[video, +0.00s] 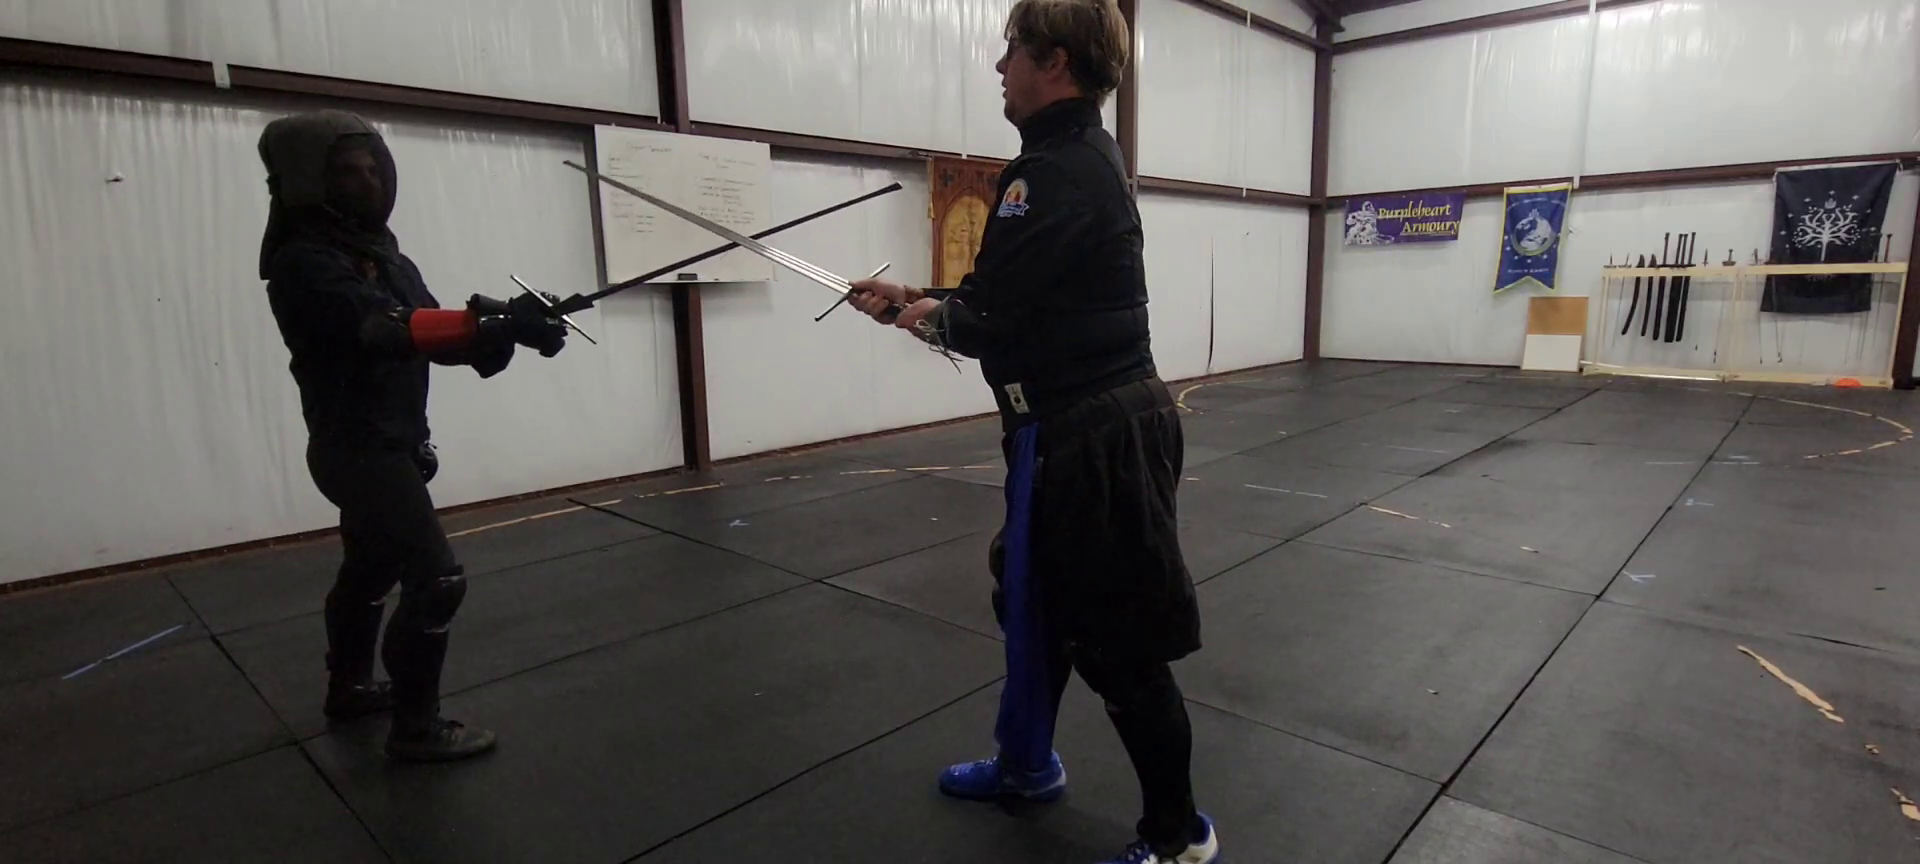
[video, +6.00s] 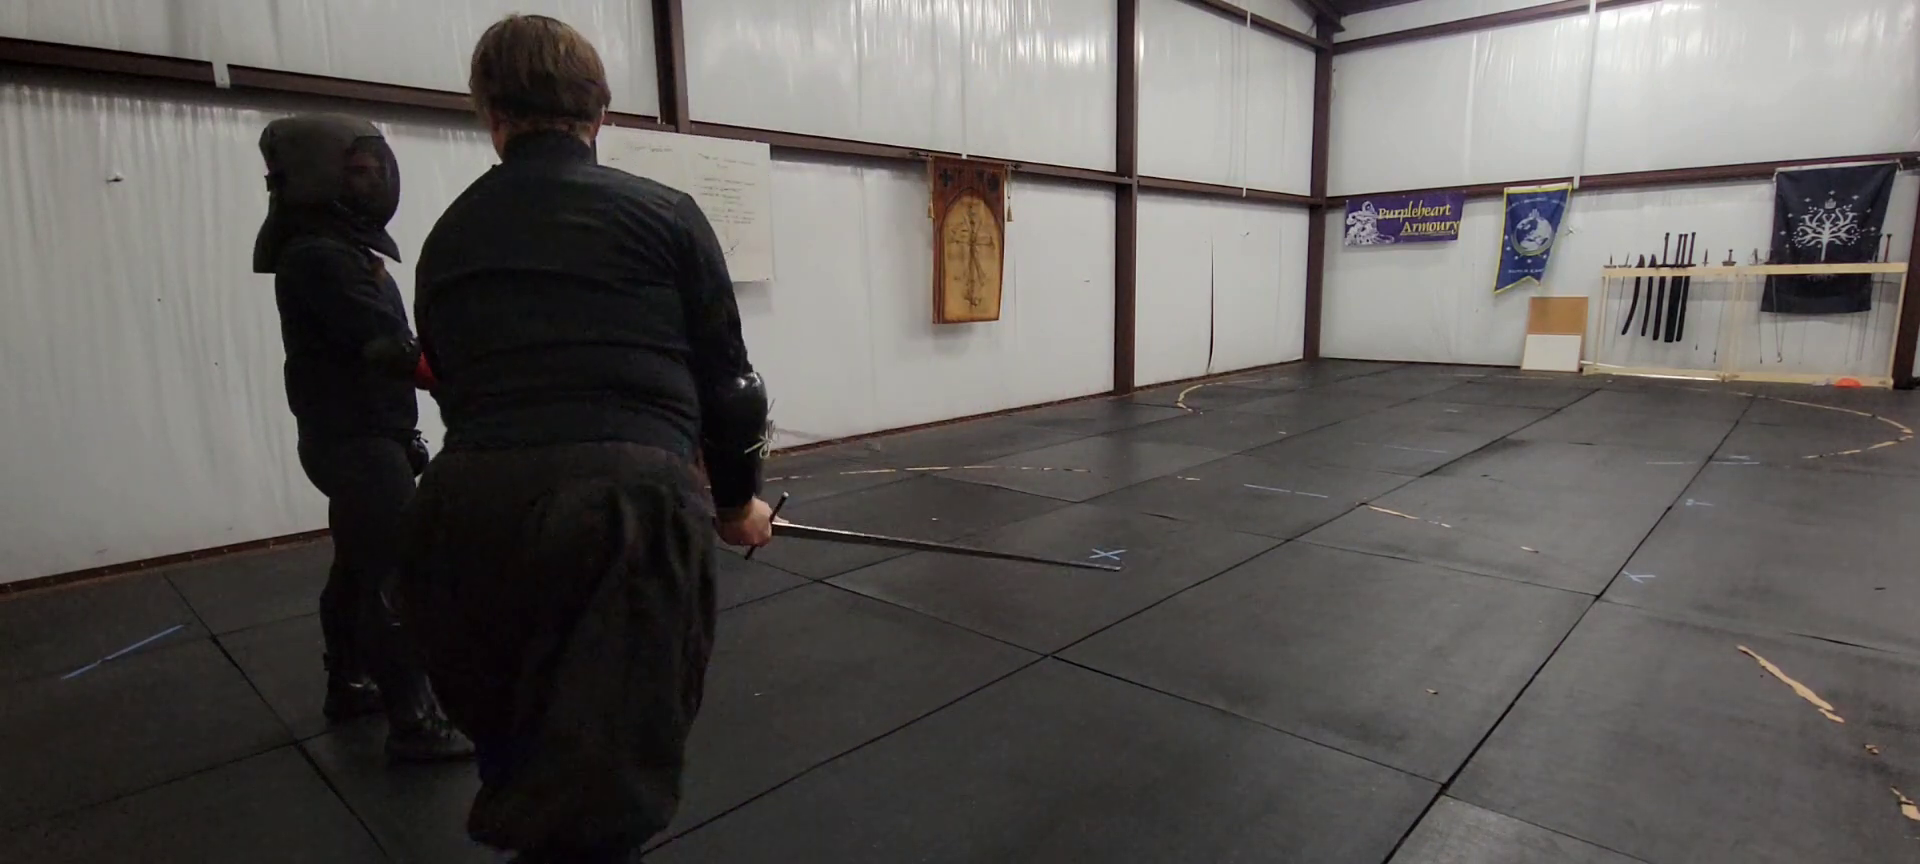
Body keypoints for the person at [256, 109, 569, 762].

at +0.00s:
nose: (368, 182)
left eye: (376, 169)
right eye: (350, 171)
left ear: (389, 177)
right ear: (315, 183)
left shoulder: (383, 255)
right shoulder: (304, 259)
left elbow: (422, 334)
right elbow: (376, 329)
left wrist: (490, 339)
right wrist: (489, 322)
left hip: (394, 446)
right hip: (358, 452)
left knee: (368, 574)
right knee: (435, 582)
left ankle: (350, 690)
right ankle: (415, 728)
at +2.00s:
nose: (381, 177)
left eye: (381, 164)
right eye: (364, 166)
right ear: (327, 177)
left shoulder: (348, 246)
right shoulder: (322, 256)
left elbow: (415, 326)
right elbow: (415, 317)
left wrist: (505, 327)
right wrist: (522, 324)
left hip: (376, 444)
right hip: (369, 449)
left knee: (360, 573)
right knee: (430, 583)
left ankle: (351, 691)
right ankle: (417, 728)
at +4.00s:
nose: (363, 183)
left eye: (365, 170)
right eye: (346, 172)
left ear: (367, 176)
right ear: (311, 182)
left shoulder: (347, 245)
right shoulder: (292, 256)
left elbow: (388, 333)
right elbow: (360, 342)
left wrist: (462, 358)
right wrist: (473, 355)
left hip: (375, 439)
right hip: (344, 445)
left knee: (358, 569)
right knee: (392, 581)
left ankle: (350, 688)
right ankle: (410, 724)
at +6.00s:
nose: (375, 176)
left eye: (378, 165)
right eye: (360, 165)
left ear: (382, 174)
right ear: (324, 176)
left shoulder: (349, 249)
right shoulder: (319, 256)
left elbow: (378, 357)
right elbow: (377, 348)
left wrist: (401, 438)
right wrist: (440, 371)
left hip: (371, 440)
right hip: (354, 445)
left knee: (358, 568)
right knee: (393, 573)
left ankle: (350, 687)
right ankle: (413, 718)